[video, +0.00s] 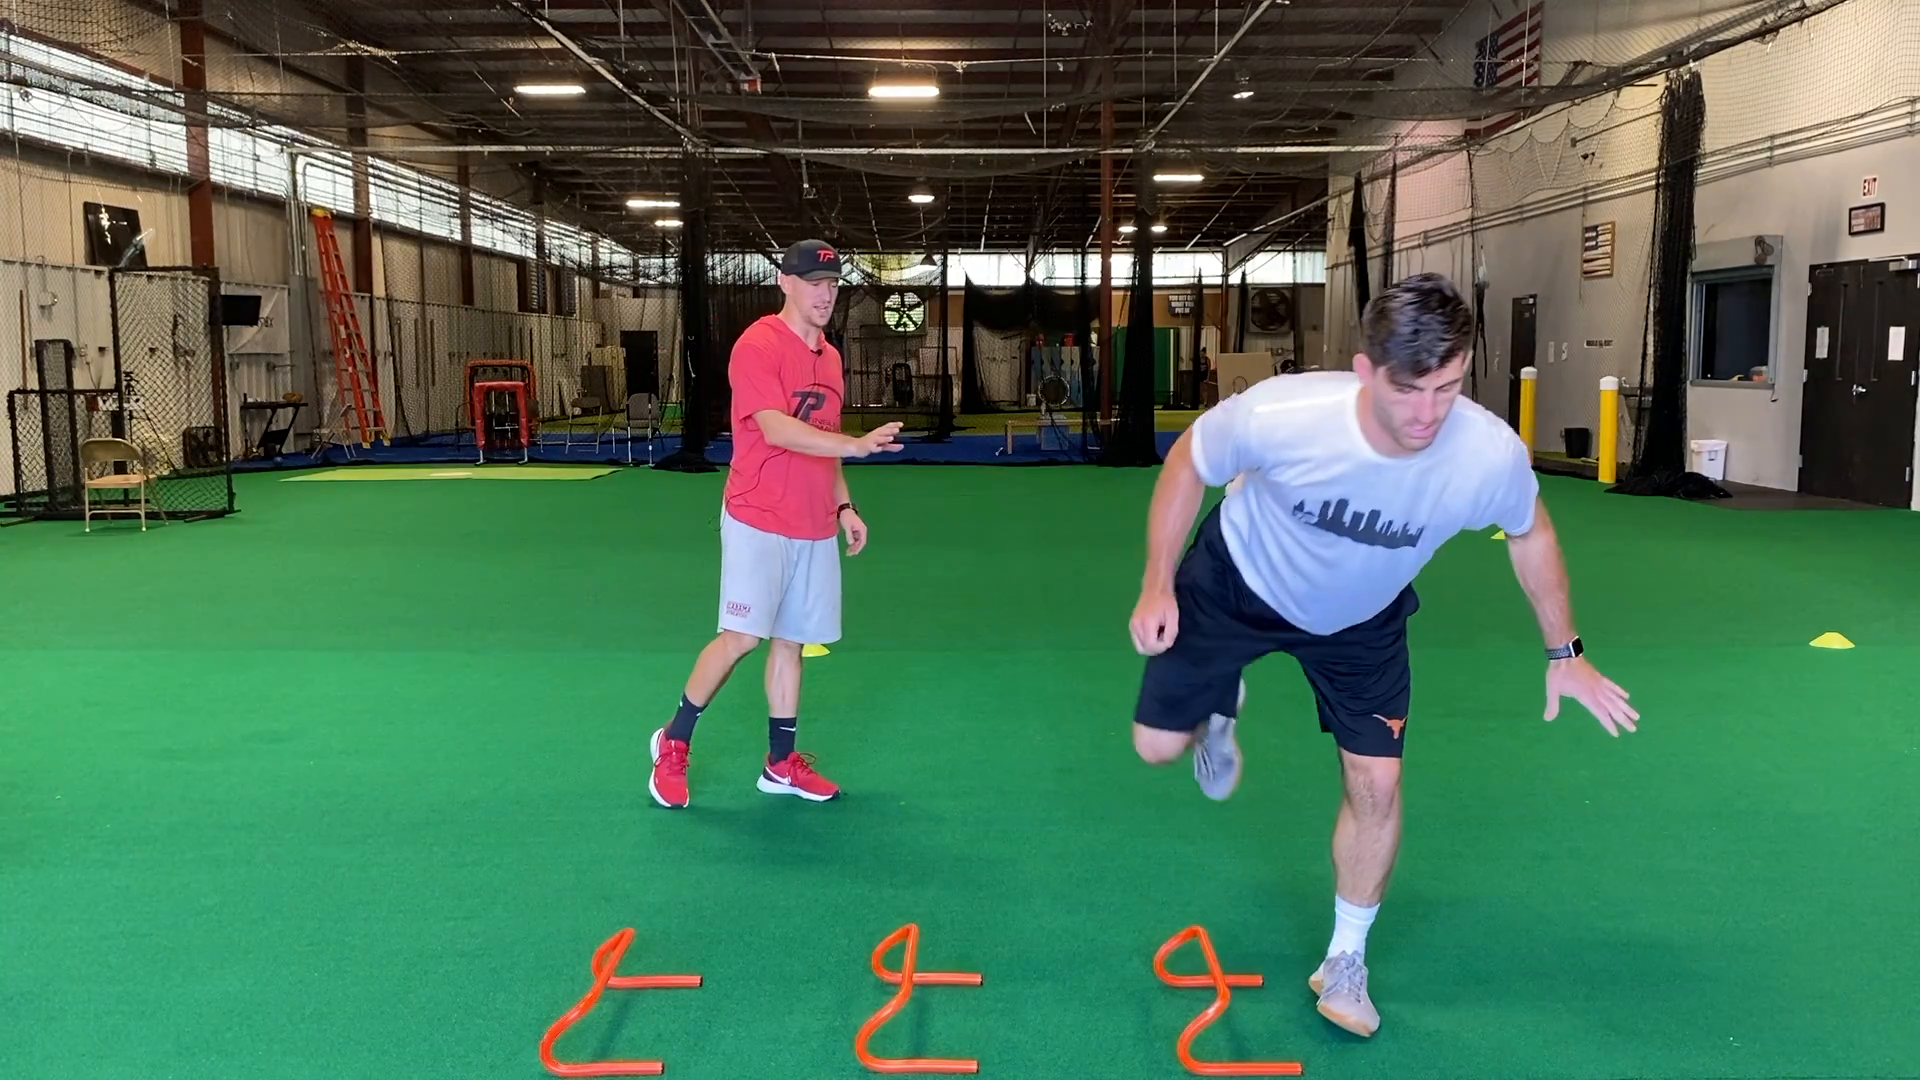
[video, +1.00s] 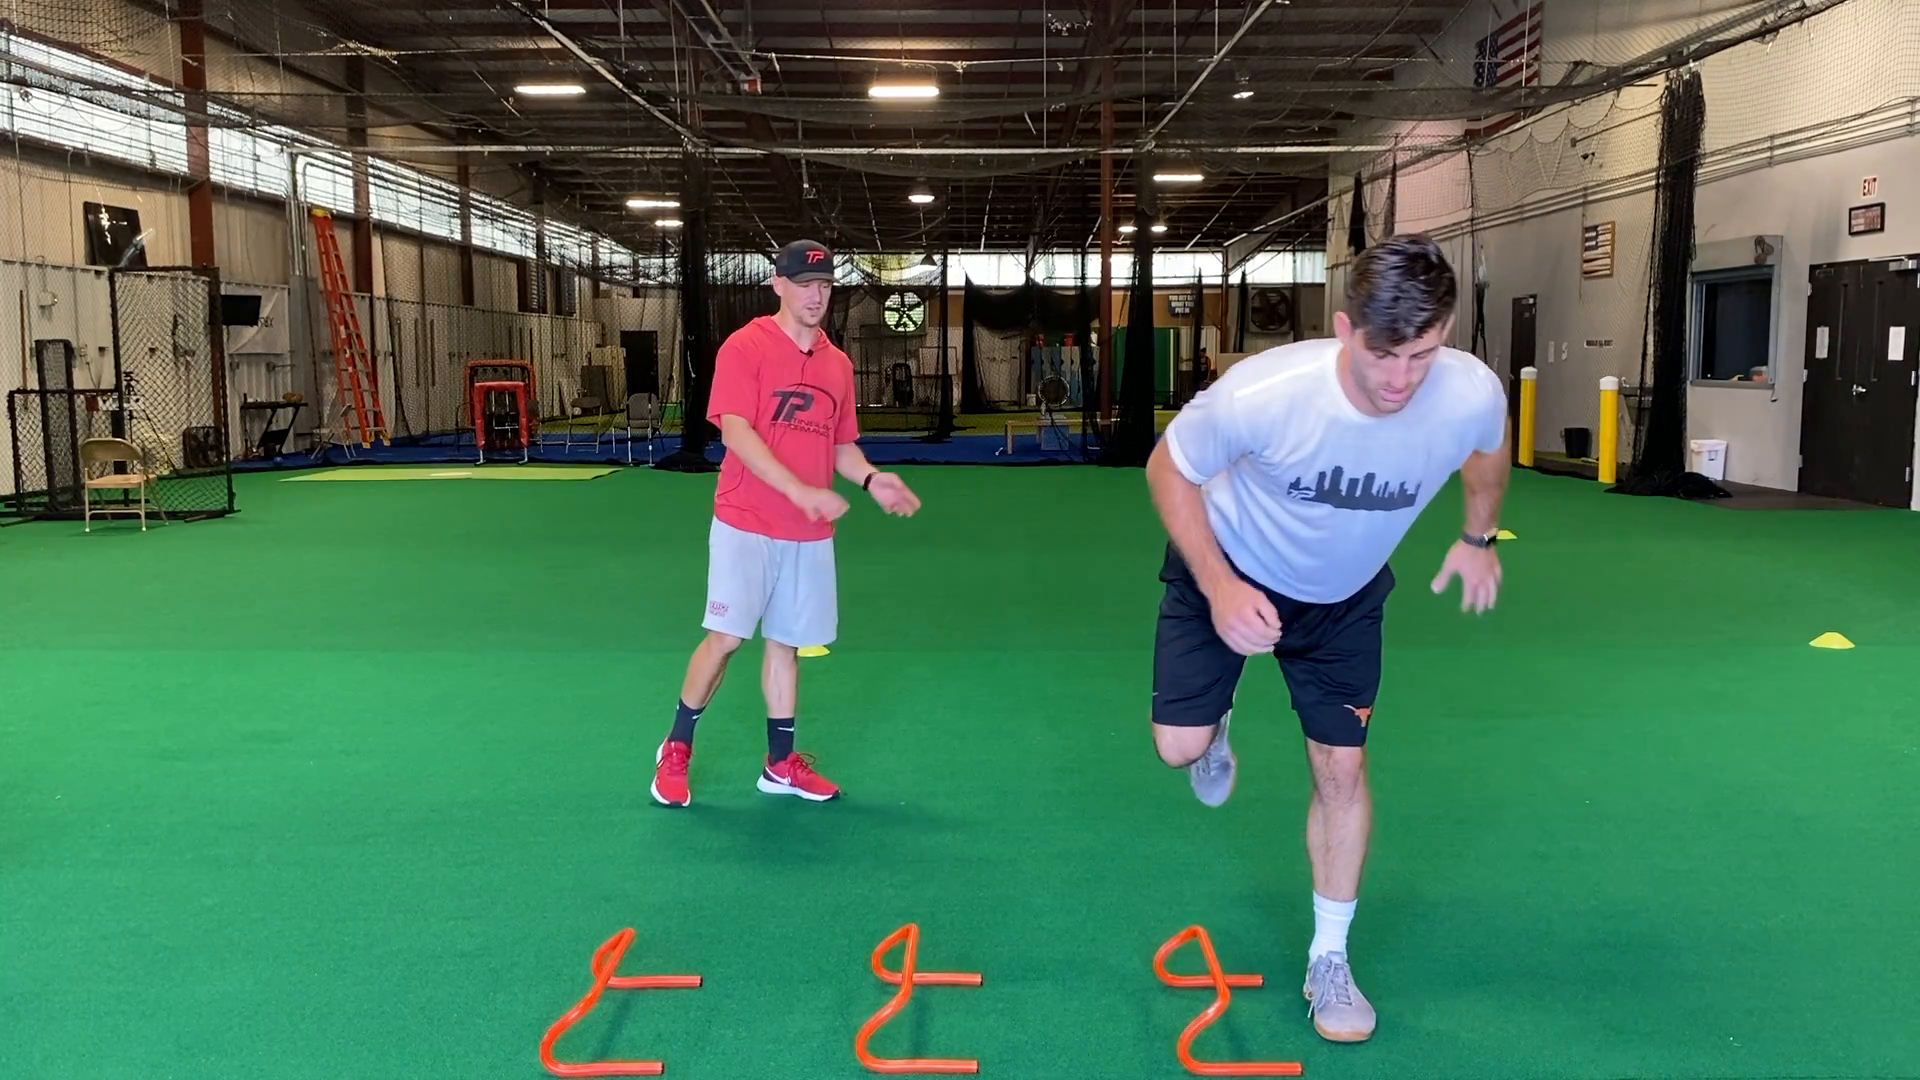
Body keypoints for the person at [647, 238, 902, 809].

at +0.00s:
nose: (827, 294)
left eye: (833, 285)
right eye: (816, 283)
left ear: (837, 290)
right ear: (785, 284)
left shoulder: (830, 357)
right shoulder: (757, 344)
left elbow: (824, 439)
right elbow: (774, 428)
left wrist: (842, 505)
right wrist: (854, 444)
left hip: (811, 523)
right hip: (757, 518)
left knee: (790, 638)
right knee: (743, 633)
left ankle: (782, 761)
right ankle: (674, 739)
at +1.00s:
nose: (816, 294)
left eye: (823, 285)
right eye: (805, 283)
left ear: (832, 291)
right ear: (779, 285)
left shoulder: (838, 364)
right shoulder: (745, 347)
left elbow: (842, 447)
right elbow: (735, 430)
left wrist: (875, 478)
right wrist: (799, 489)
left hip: (807, 525)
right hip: (745, 519)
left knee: (785, 640)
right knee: (727, 633)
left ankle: (781, 762)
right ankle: (677, 747)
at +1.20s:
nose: (798, 295)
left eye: (807, 285)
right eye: (788, 284)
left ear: (819, 291)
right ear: (766, 286)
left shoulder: (834, 364)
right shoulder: (729, 349)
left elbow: (851, 445)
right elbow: (708, 439)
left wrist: (882, 445)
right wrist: (714, 526)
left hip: (799, 536)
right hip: (730, 527)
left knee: (782, 645)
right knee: (704, 638)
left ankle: (780, 762)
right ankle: (673, 759)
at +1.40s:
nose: (766, 297)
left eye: (775, 286)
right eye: (754, 287)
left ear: (789, 288)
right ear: (735, 288)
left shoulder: (818, 360)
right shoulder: (701, 354)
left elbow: (846, 445)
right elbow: (668, 436)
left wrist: (862, 419)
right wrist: (647, 516)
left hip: (783, 534)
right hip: (708, 530)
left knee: (776, 646)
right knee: (690, 643)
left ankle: (781, 762)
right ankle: (667, 767)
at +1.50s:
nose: (740, 295)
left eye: (749, 284)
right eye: (728, 286)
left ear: (765, 284)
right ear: (710, 290)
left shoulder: (800, 357)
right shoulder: (682, 357)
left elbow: (826, 446)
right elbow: (652, 434)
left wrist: (848, 428)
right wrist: (639, 506)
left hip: (770, 534)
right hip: (695, 531)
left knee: (770, 647)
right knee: (681, 644)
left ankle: (781, 761)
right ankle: (664, 768)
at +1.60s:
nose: (710, 295)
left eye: (719, 282)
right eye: (697, 287)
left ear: (737, 282)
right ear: (682, 292)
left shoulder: (778, 355)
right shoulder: (662, 358)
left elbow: (803, 436)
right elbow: (640, 434)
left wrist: (831, 451)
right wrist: (641, 489)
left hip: (753, 533)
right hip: (678, 531)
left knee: (762, 647)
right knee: (671, 645)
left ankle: (781, 762)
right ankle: (663, 770)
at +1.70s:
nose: (682, 294)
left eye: (691, 281)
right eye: (670, 285)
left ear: (712, 279)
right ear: (659, 291)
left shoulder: (758, 352)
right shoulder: (645, 358)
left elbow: (792, 433)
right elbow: (626, 433)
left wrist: (774, 454)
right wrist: (636, 461)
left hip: (735, 531)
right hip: (660, 531)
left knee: (755, 644)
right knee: (661, 645)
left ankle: (780, 760)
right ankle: (661, 769)